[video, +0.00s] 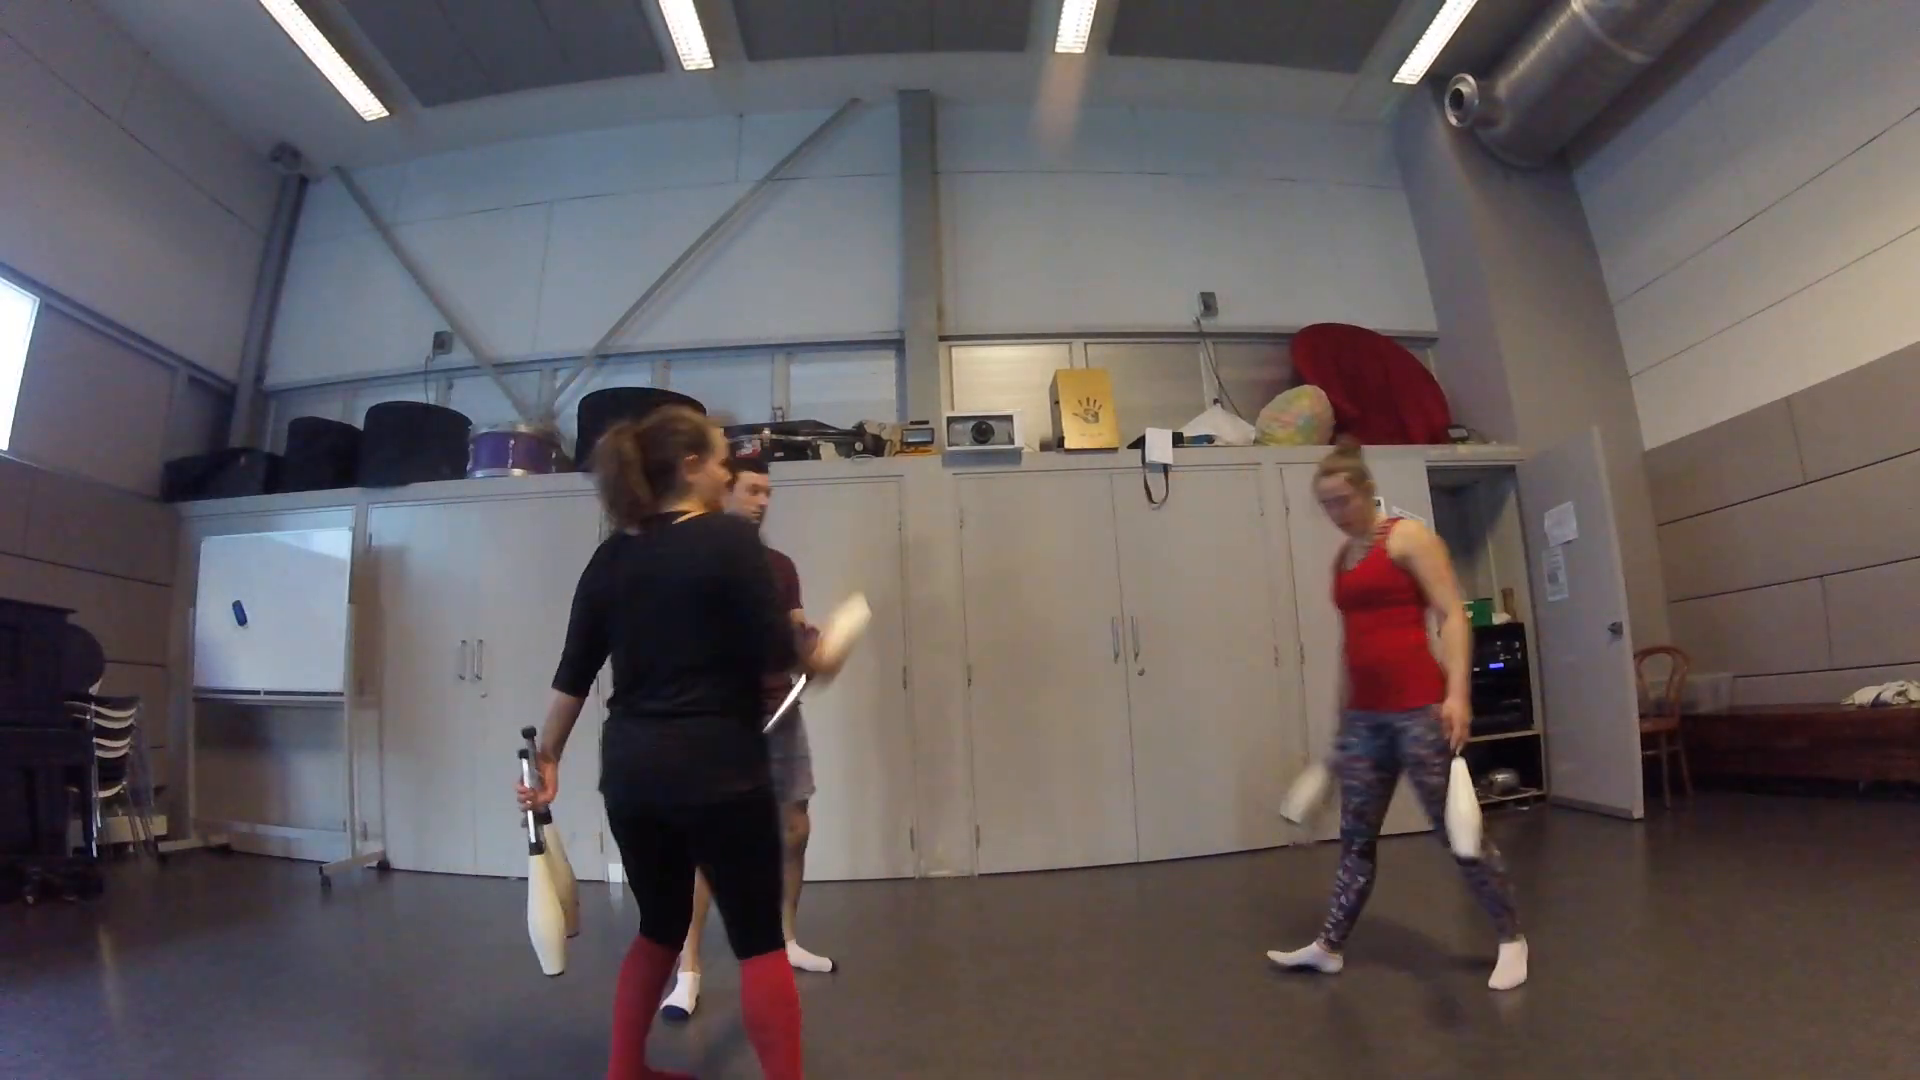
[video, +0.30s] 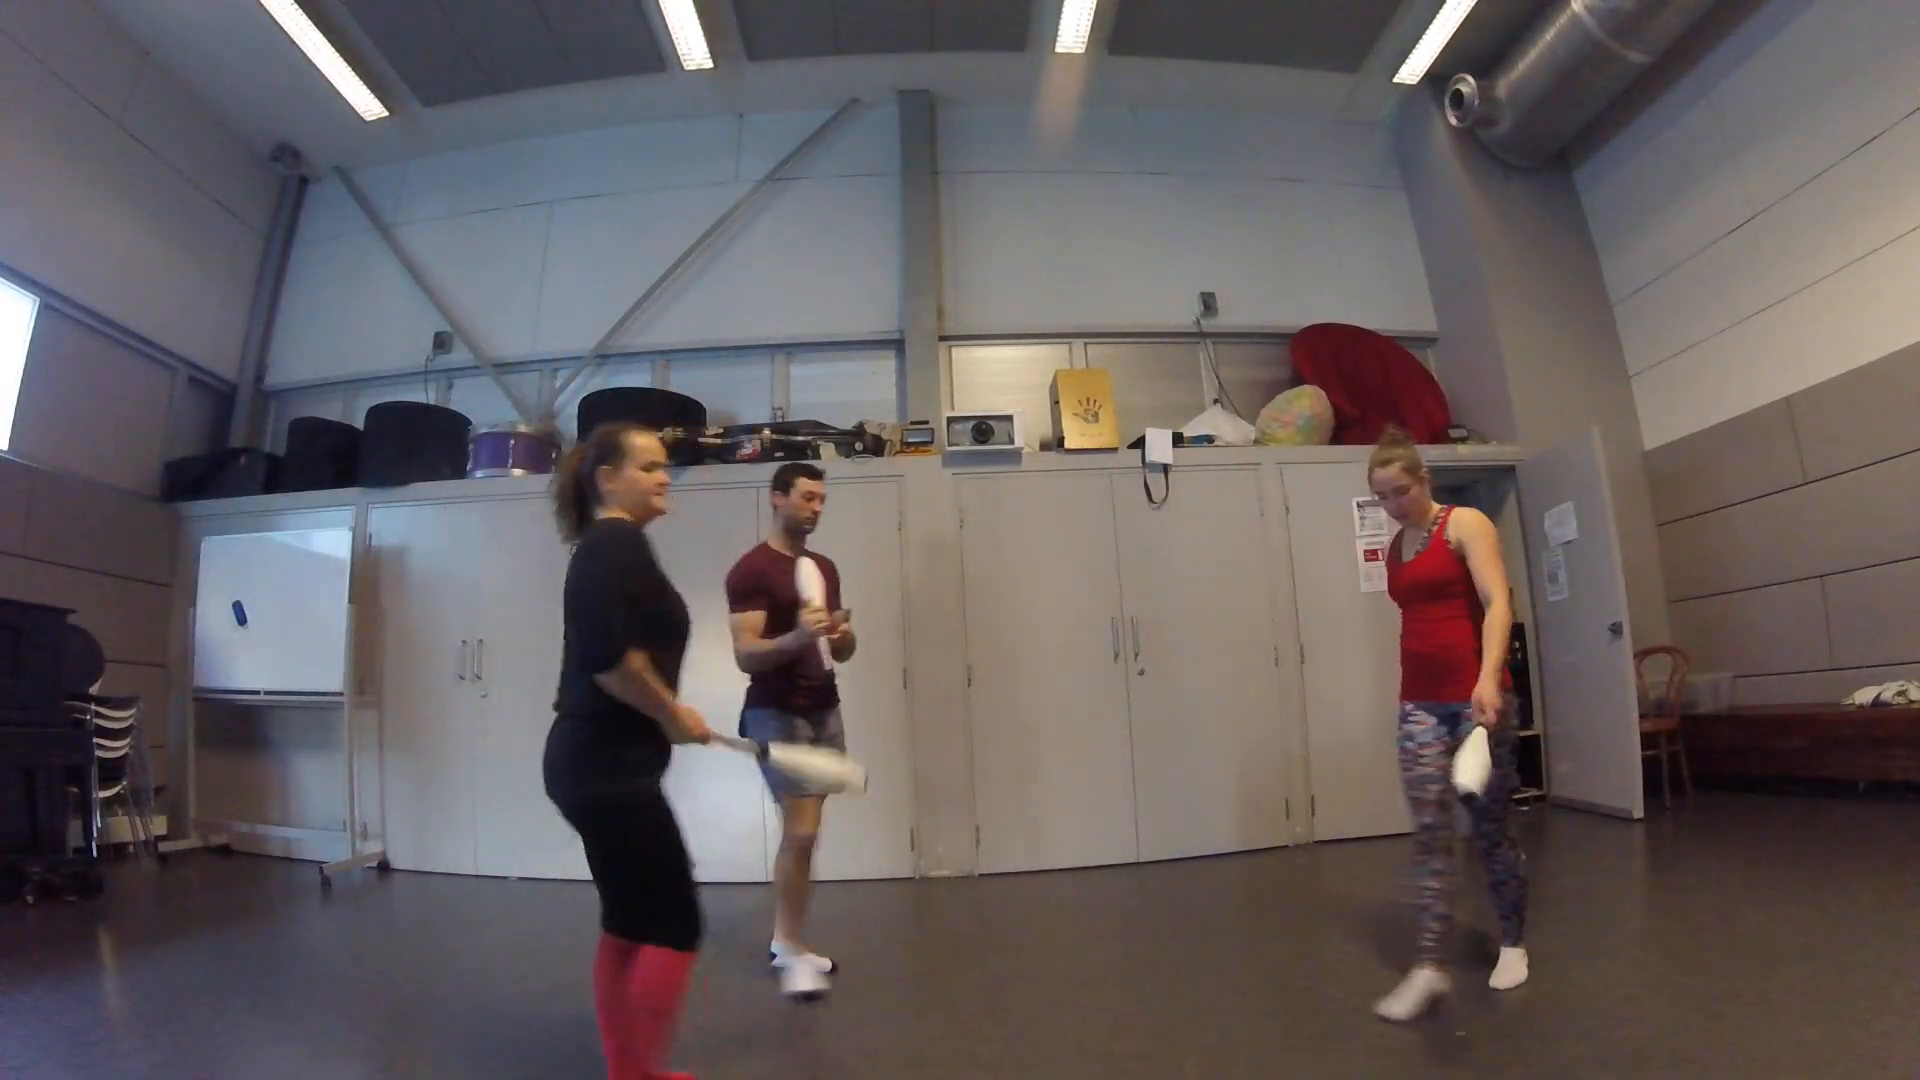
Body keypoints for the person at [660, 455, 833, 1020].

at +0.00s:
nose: (761, 501)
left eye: (766, 493)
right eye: (753, 491)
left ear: (769, 500)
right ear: (722, 492)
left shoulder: (777, 566)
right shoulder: (685, 561)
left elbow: (792, 639)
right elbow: (667, 641)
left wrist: (801, 634)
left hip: (775, 712)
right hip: (709, 718)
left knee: (794, 831)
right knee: (701, 851)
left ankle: (782, 940)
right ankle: (688, 968)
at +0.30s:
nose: (817, 508)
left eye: (821, 500)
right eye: (809, 498)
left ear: (818, 505)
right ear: (778, 499)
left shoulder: (822, 569)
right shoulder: (750, 571)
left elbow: (842, 651)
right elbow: (746, 655)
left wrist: (843, 635)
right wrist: (799, 635)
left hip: (822, 707)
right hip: (775, 711)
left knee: (804, 833)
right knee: (800, 832)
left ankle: (787, 941)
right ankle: (789, 948)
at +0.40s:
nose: (832, 510)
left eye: (837, 503)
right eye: (824, 501)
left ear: (837, 509)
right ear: (794, 502)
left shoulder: (837, 572)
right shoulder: (768, 571)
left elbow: (854, 655)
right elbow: (758, 652)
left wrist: (859, 634)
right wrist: (822, 637)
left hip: (835, 703)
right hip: (790, 708)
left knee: (805, 827)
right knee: (842, 825)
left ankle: (784, 939)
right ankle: (857, 946)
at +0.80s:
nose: (906, 513)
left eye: (911, 504)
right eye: (897, 504)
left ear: (911, 506)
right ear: (868, 501)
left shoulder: (906, 562)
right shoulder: (849, 569)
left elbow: (908, 629)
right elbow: (848, 657)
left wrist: (945, 643)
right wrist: (924, 652)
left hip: (903, 701)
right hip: (869, 706)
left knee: (905, 820)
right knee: (910, 823)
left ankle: (827, 907)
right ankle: (923, 945)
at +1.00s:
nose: (930, 511)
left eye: (937, 503)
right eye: (921, 502)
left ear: (941, 505)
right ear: (896, 500)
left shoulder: (937, 562)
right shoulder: (873, 567)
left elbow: (945, 625)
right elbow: (861, 651)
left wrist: (971, 645)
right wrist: (942, 656)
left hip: (932, 700)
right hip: (889, 705)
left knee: (963, 811)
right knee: (918, 820)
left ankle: (927, 902)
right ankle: (923, 944)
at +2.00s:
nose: (936, 508)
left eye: (944, 501)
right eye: (927, 502)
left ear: (959, 510)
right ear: (916, 512)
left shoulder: (982, 567)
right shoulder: (897, 571)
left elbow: (1015, 620)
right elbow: (867, 632)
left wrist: (1022, 681)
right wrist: (856, 686)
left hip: (973, 710)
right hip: (915, 710)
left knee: (977, 815)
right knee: (912, 819)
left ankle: (988, 911)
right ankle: (908, 921)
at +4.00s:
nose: (888, 509)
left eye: (896, 502)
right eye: (880, 503)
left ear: (910, 510)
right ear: (867, 512)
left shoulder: (934, 568)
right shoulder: (850, 576)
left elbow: (957, 633)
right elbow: (838, 647)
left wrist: (973, 694)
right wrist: (834, 716)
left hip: (927, 712)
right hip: (872, 714)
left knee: (920, 816)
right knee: (889, 817)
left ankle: (924, 912)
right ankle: (903, 920)